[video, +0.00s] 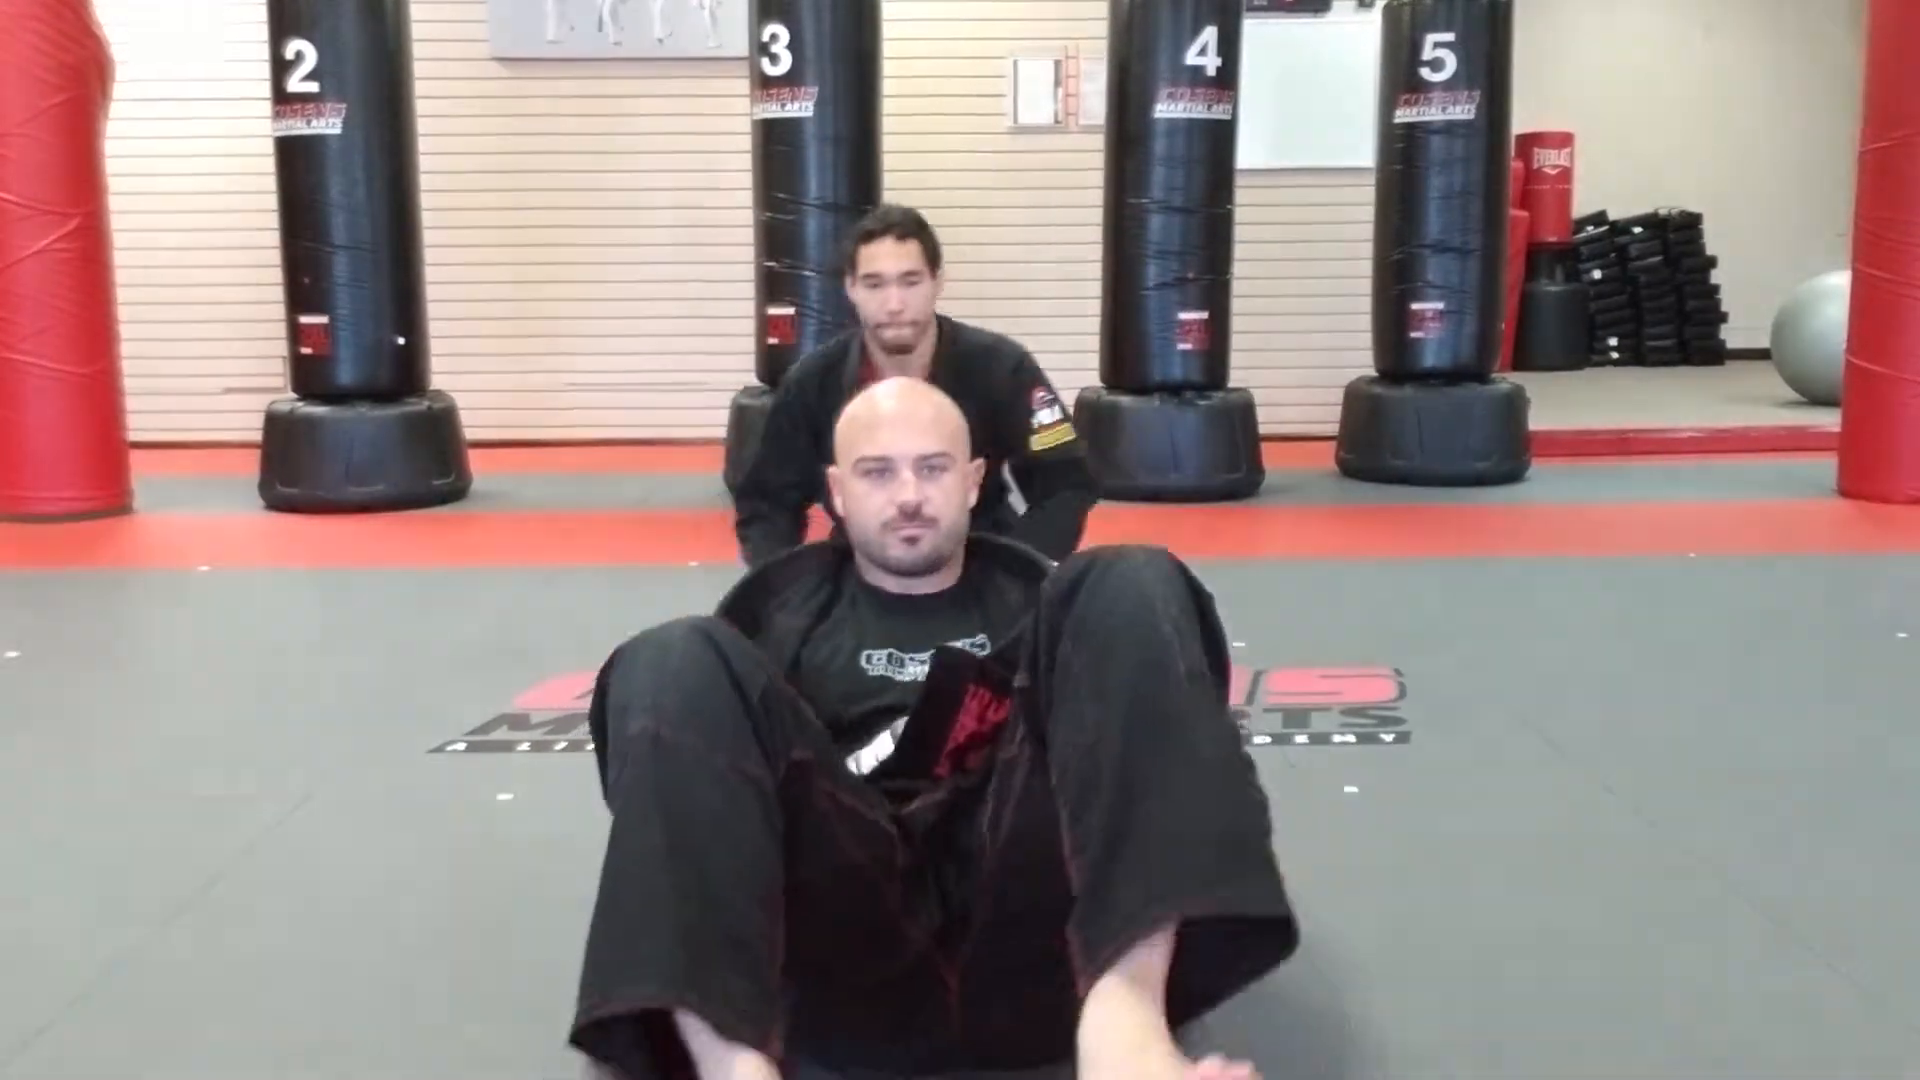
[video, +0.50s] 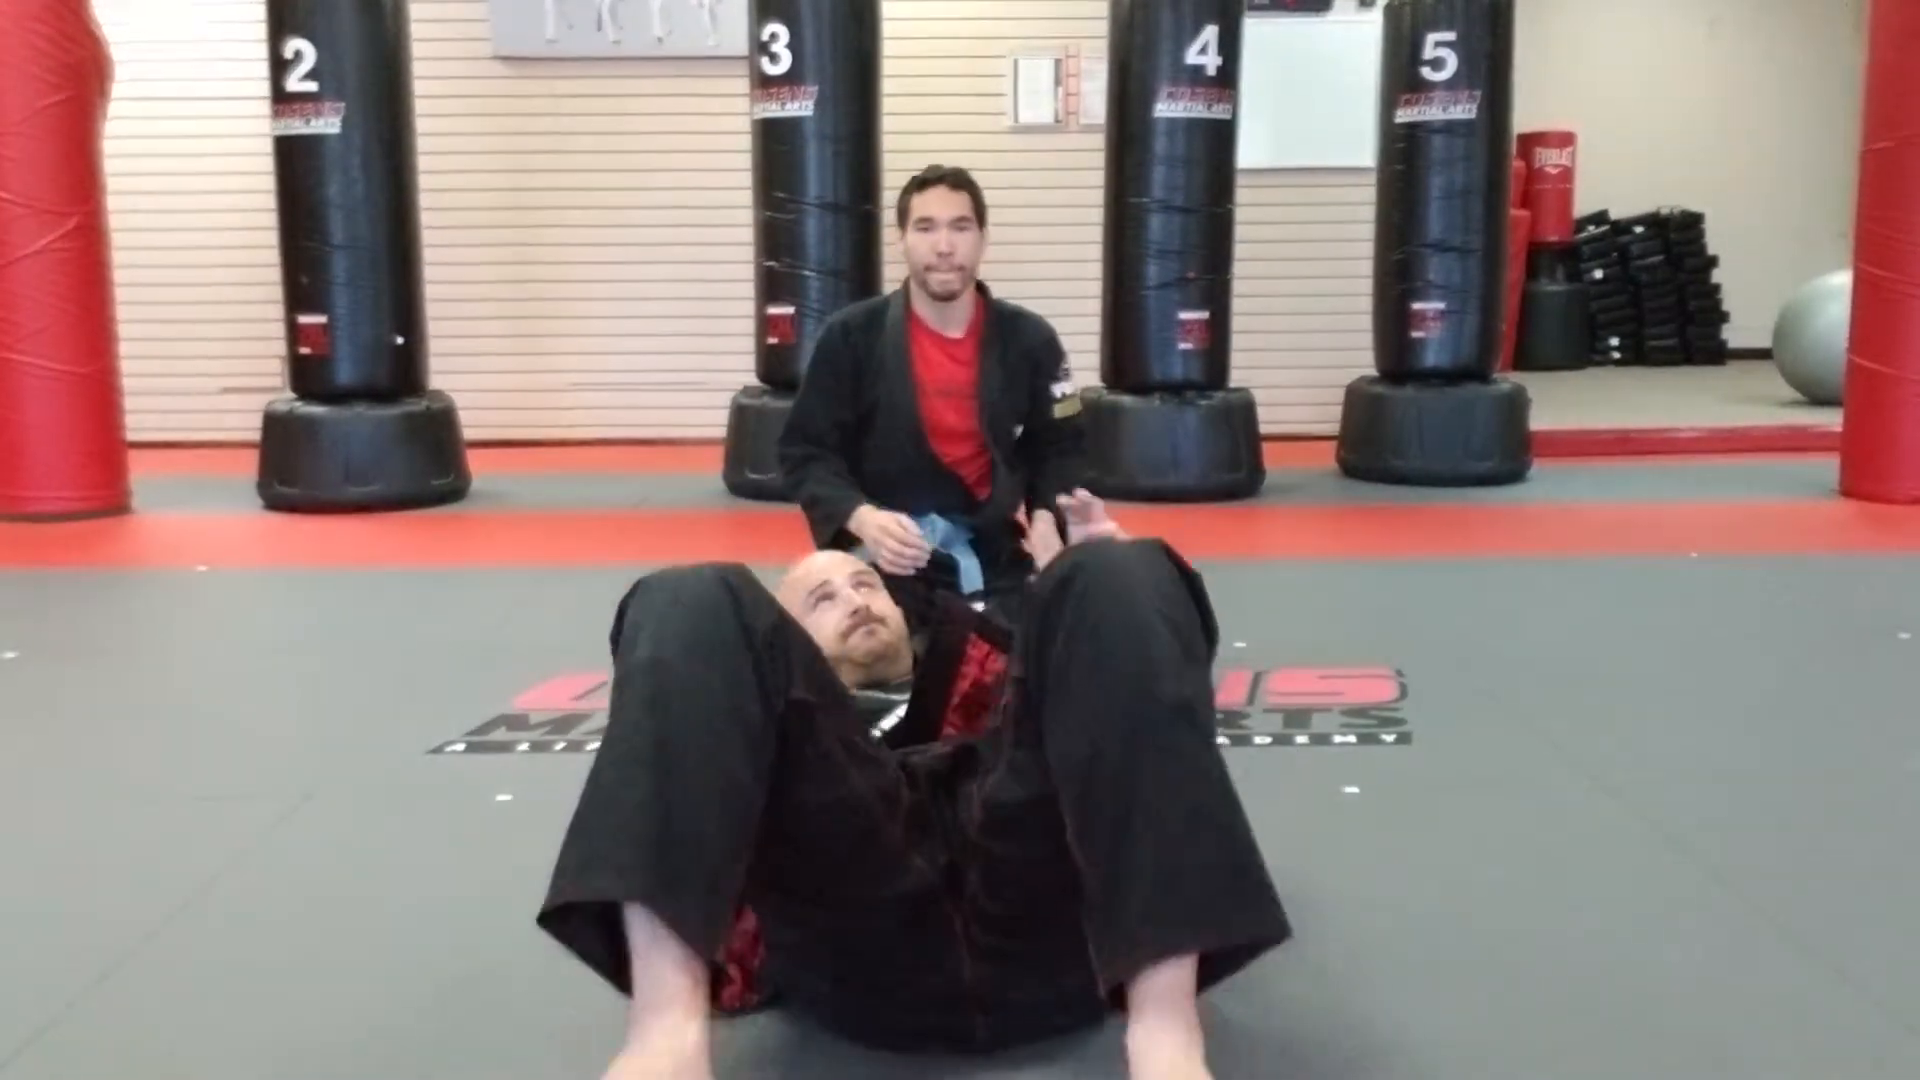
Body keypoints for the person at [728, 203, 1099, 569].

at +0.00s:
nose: (894, 303)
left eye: (910, 282)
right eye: (875, 284)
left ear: (937, 284)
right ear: (851, 290)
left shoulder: (1000, 369)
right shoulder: (814, 383)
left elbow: (1067, 486)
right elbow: (765, 502)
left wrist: (1011, 584)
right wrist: (788, 599)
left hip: (983, 586)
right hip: (856, 587)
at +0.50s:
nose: (943, 246)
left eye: (960, 228)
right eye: (925, 228)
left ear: (983, 240)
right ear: (901, 241)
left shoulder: (1028, 341)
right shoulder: (852, 338)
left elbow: (1055, 443)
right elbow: (804, 452)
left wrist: (1048, 518)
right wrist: (860, 518)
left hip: (994, 543)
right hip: (888, 544)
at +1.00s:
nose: (928, 250)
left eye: (945, 232)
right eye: (911, 232)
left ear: (969, 245)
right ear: (890, 244)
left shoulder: (1016, 341)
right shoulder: (839, 338)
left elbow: (1061, 486)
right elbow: (796, 456)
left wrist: (1034, 457)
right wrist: (846, 474)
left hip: (978, 540)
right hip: (870, 539)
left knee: (1080, 623)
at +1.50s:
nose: (926, 370)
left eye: (947, 350)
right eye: (910, 345)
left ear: (973, 336)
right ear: (885, 322)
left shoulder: (1014, 396)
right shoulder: (825, 376)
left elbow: (1068, 545)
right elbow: (757, 517)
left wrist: (1083, 675)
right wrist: (745, 640)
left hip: (972, 584)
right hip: (853, 579)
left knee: (1042, 678)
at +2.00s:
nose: (854, 420)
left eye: (876, 403)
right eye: (840, 397)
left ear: (922, 380)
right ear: (828, 370)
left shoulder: (995, 387)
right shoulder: (804, 391)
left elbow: (1062, 530)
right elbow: (753, 513)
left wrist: (1089, 641)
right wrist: (742, 646)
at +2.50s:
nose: (933, 402)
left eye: (950, 384)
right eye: (917, 383)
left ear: (977, 364)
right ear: (898, 366)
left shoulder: (1030, 394)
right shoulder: (864, 408)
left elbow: (1074, 509)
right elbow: (820, 516)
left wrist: (1042, 594)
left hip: (1002, 576)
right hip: (895, 579)